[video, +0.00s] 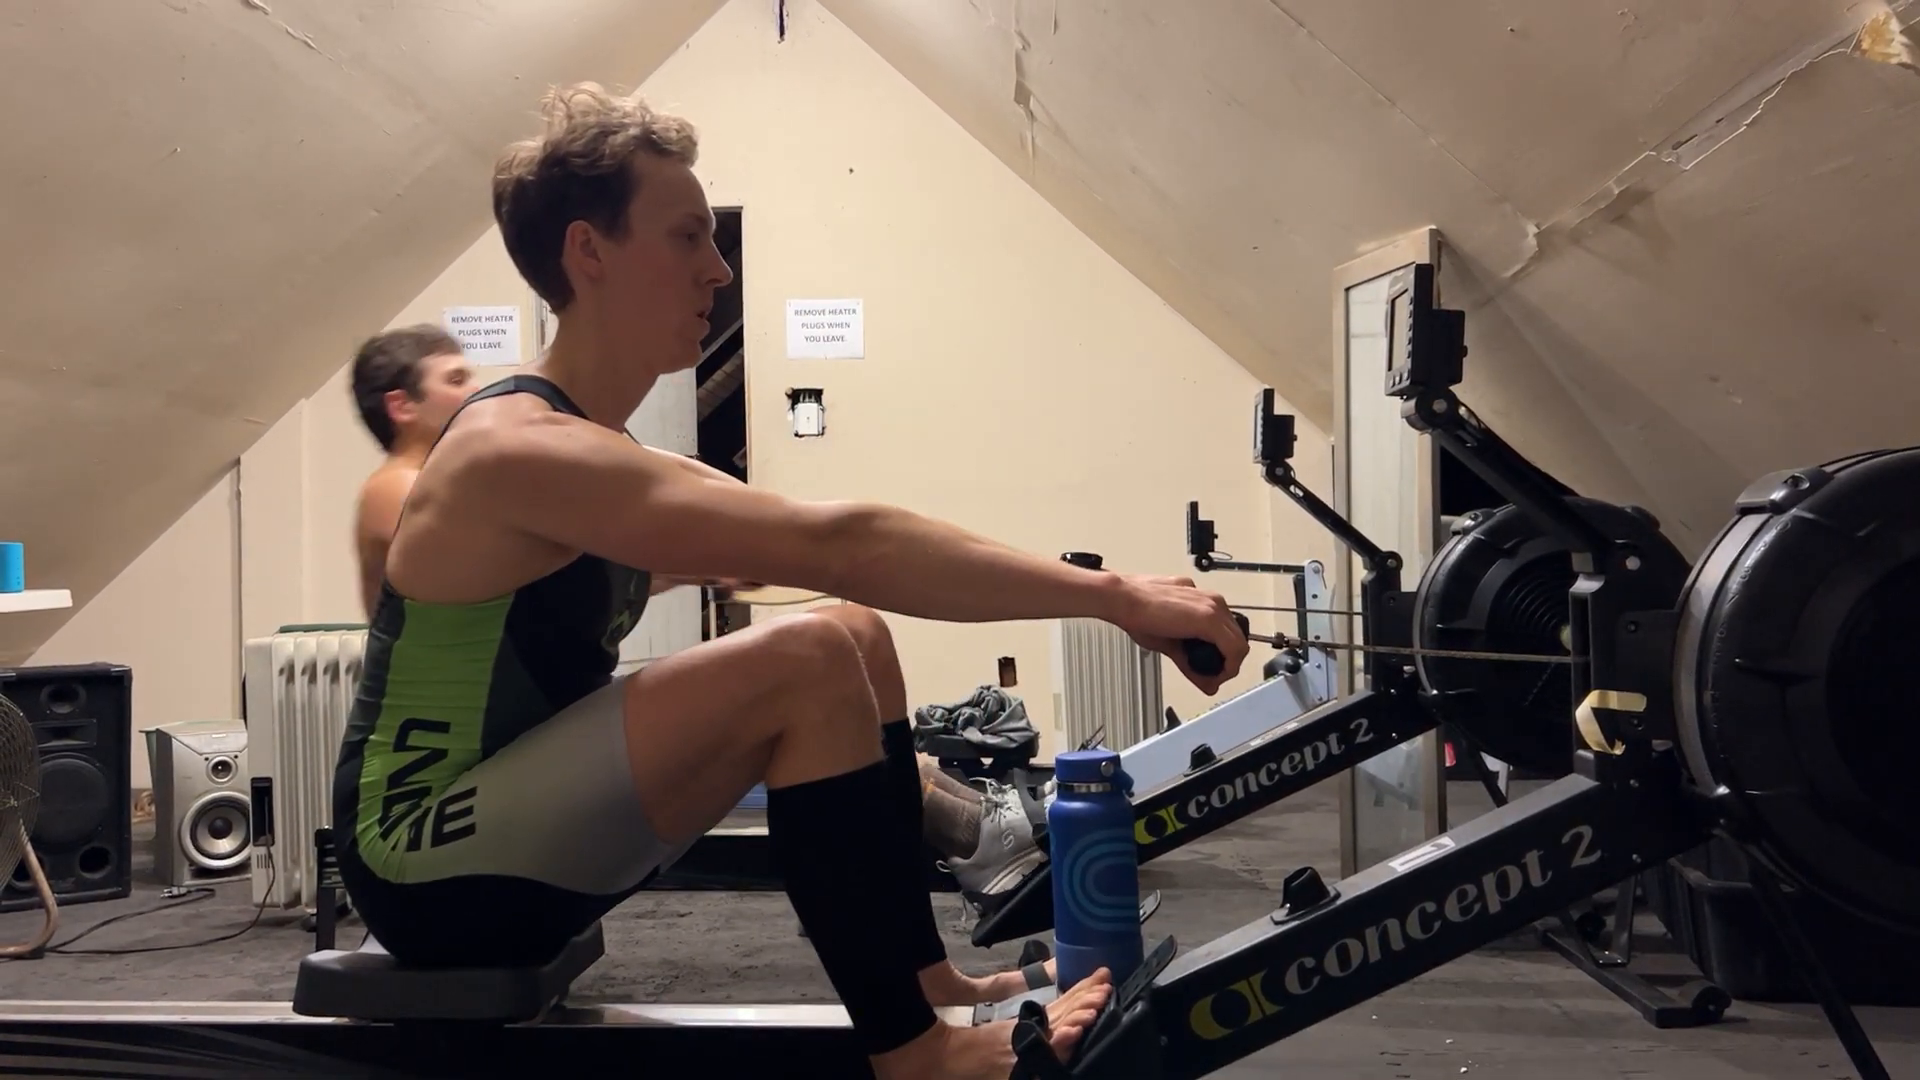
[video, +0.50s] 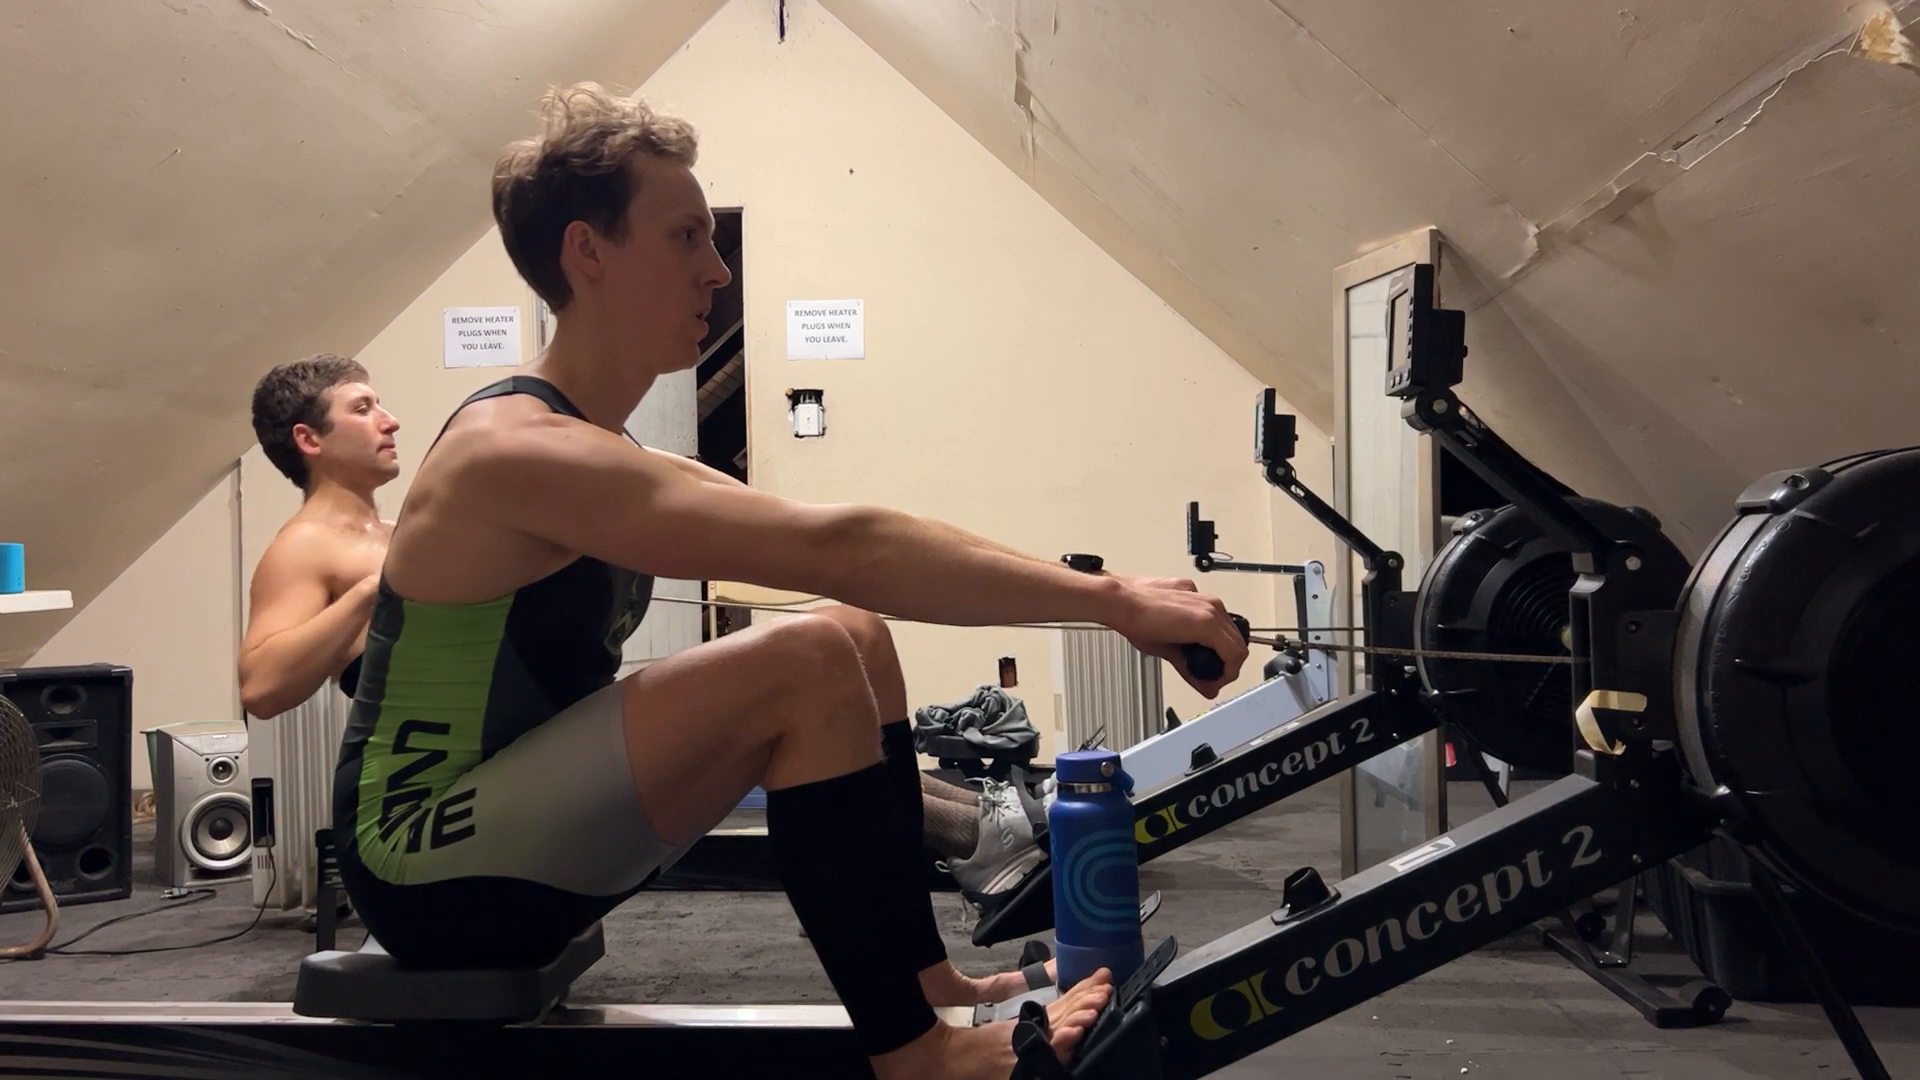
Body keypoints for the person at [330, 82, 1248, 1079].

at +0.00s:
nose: (719, 271)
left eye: (710, 240)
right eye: (689, 240)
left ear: (593, 260)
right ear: (586, 257)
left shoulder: (595, 452)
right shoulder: (517, 449)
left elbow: (834, 557)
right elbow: (832, 545)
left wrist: (1095, 590)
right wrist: (1114, 594)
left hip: (502, 823)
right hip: (433, 854)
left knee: (857, 642)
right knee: (807, 666)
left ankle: (923, 989)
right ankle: (903, 1047)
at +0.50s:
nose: (717, 272)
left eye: (709, 242)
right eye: (688, 242)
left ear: (592, 262)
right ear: (585, 258)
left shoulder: (590, 451)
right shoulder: (516, 449)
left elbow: (834, 558)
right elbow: (830, 549)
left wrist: (1091, 589)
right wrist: (1110, 599)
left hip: (502, 824)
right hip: (435, 859)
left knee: (856, 641)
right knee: (806, 664)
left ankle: (924, 989)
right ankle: (903, 1047)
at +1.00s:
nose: (722, 274)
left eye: (715, 243)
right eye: (693, 242)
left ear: (597, 262)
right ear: (590, 258)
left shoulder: (588, 452)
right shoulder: (519, 452)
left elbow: (833, 566)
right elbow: (830, 554)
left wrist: (1096, 603)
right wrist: (1115, 607)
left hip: (500, 826)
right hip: (433, 857)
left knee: (855, 644)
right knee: (807, 664)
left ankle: (926, 994)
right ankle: (901, 1047)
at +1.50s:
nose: (724, 273)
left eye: (717, 242)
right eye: (695, 242)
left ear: (599, 263)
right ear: (592, 259)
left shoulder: (594, 449)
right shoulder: (520, 449)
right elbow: (836, 556)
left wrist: (886, 609)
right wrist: (1118, 609)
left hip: (504, 827)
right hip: (433, 854)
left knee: (851, 650)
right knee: (808, 665)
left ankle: (927, 994)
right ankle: (901, 1047)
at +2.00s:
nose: (726, 271)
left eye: (719, 241)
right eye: (697, 240)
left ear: (605, 261)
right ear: (592, 258)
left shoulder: (600, 450)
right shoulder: (526, 447)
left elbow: (853, 532)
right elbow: (829, 550)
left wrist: (1109, 595)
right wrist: (1116, 607)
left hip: (500, 826)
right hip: (432, 851)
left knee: (854, 643)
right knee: (804, 660)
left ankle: (922, 990)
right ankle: (902, 1044)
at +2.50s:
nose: (743, 269)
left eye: (736, 238)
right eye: (717, 238)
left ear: (630, 261)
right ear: (610, 259)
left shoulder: (611, 454)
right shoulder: (537, 451)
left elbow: (870, 535)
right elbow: (839, 558)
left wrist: (1126, 599)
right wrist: (1126, 618)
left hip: (502, 825)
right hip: (434, 849)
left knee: (856, 645)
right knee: (802, 659)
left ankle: (922, 990)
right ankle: (901, 1041)